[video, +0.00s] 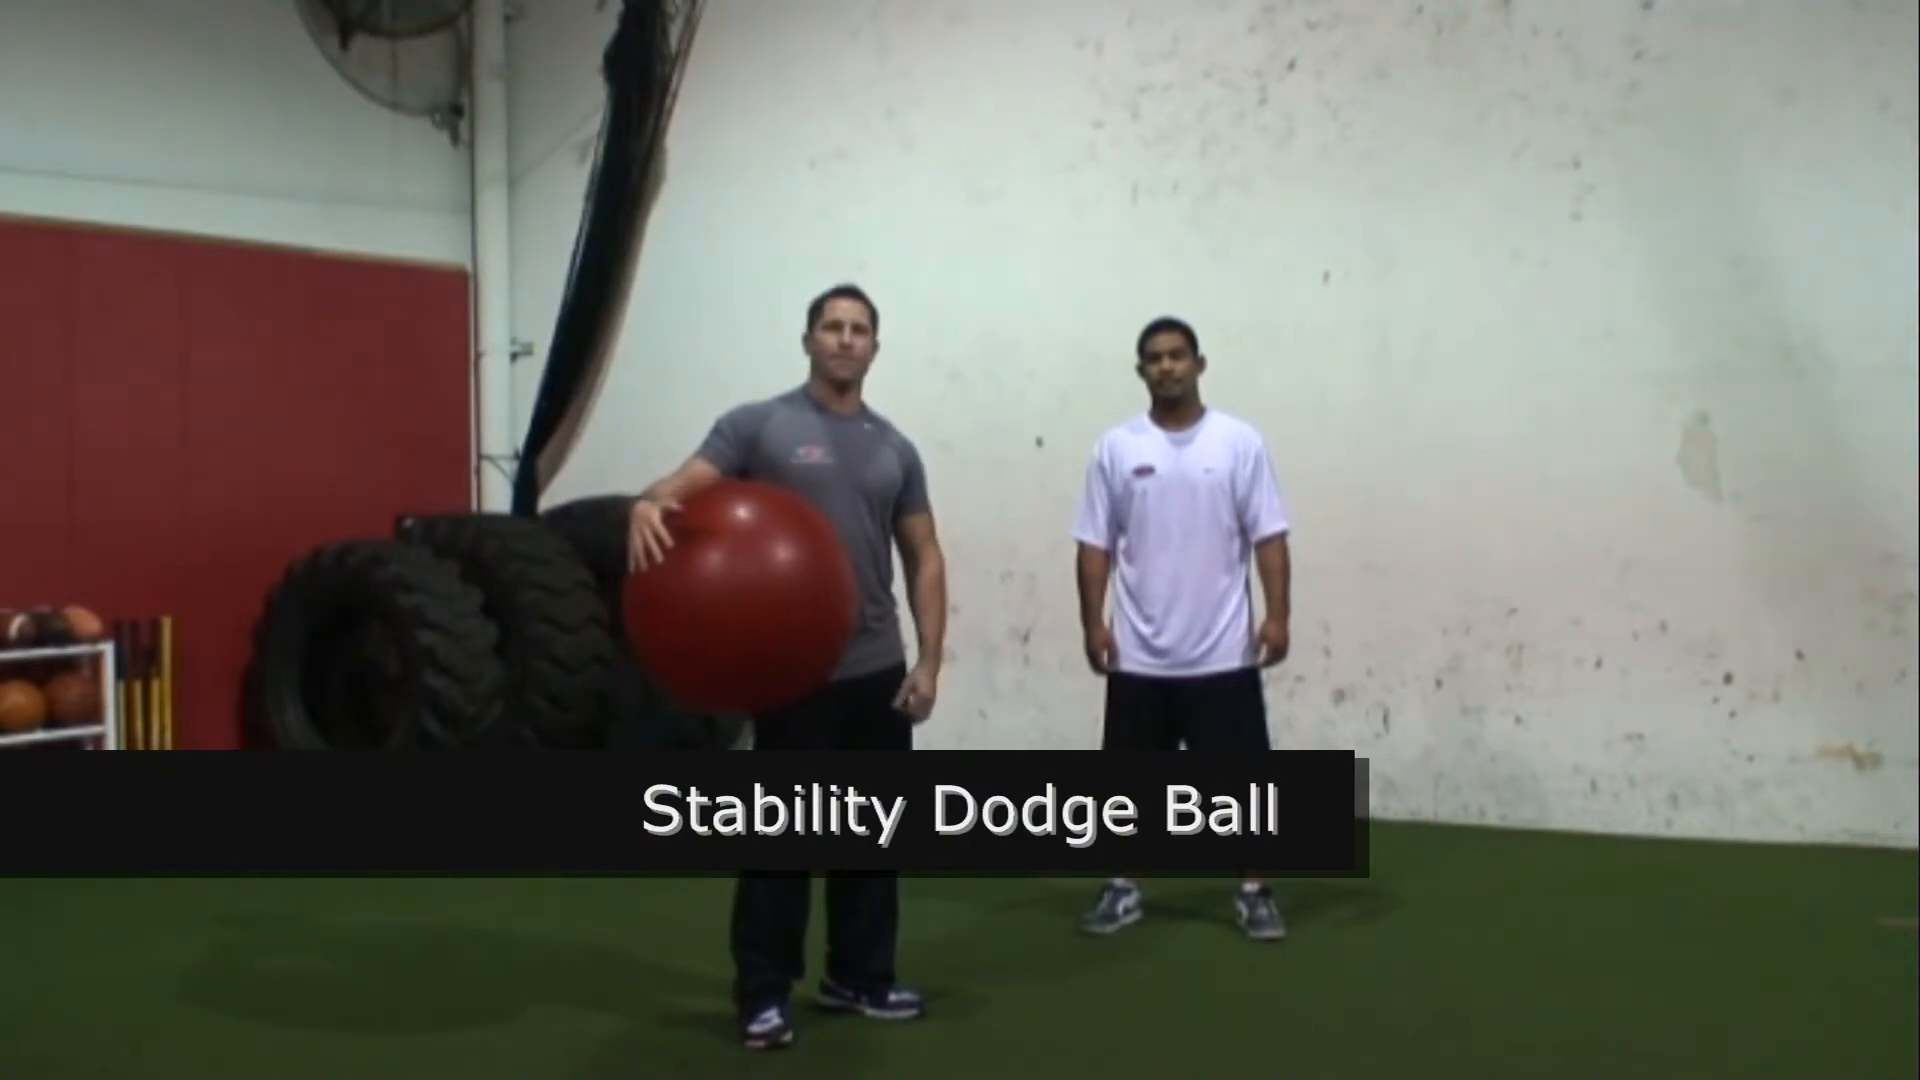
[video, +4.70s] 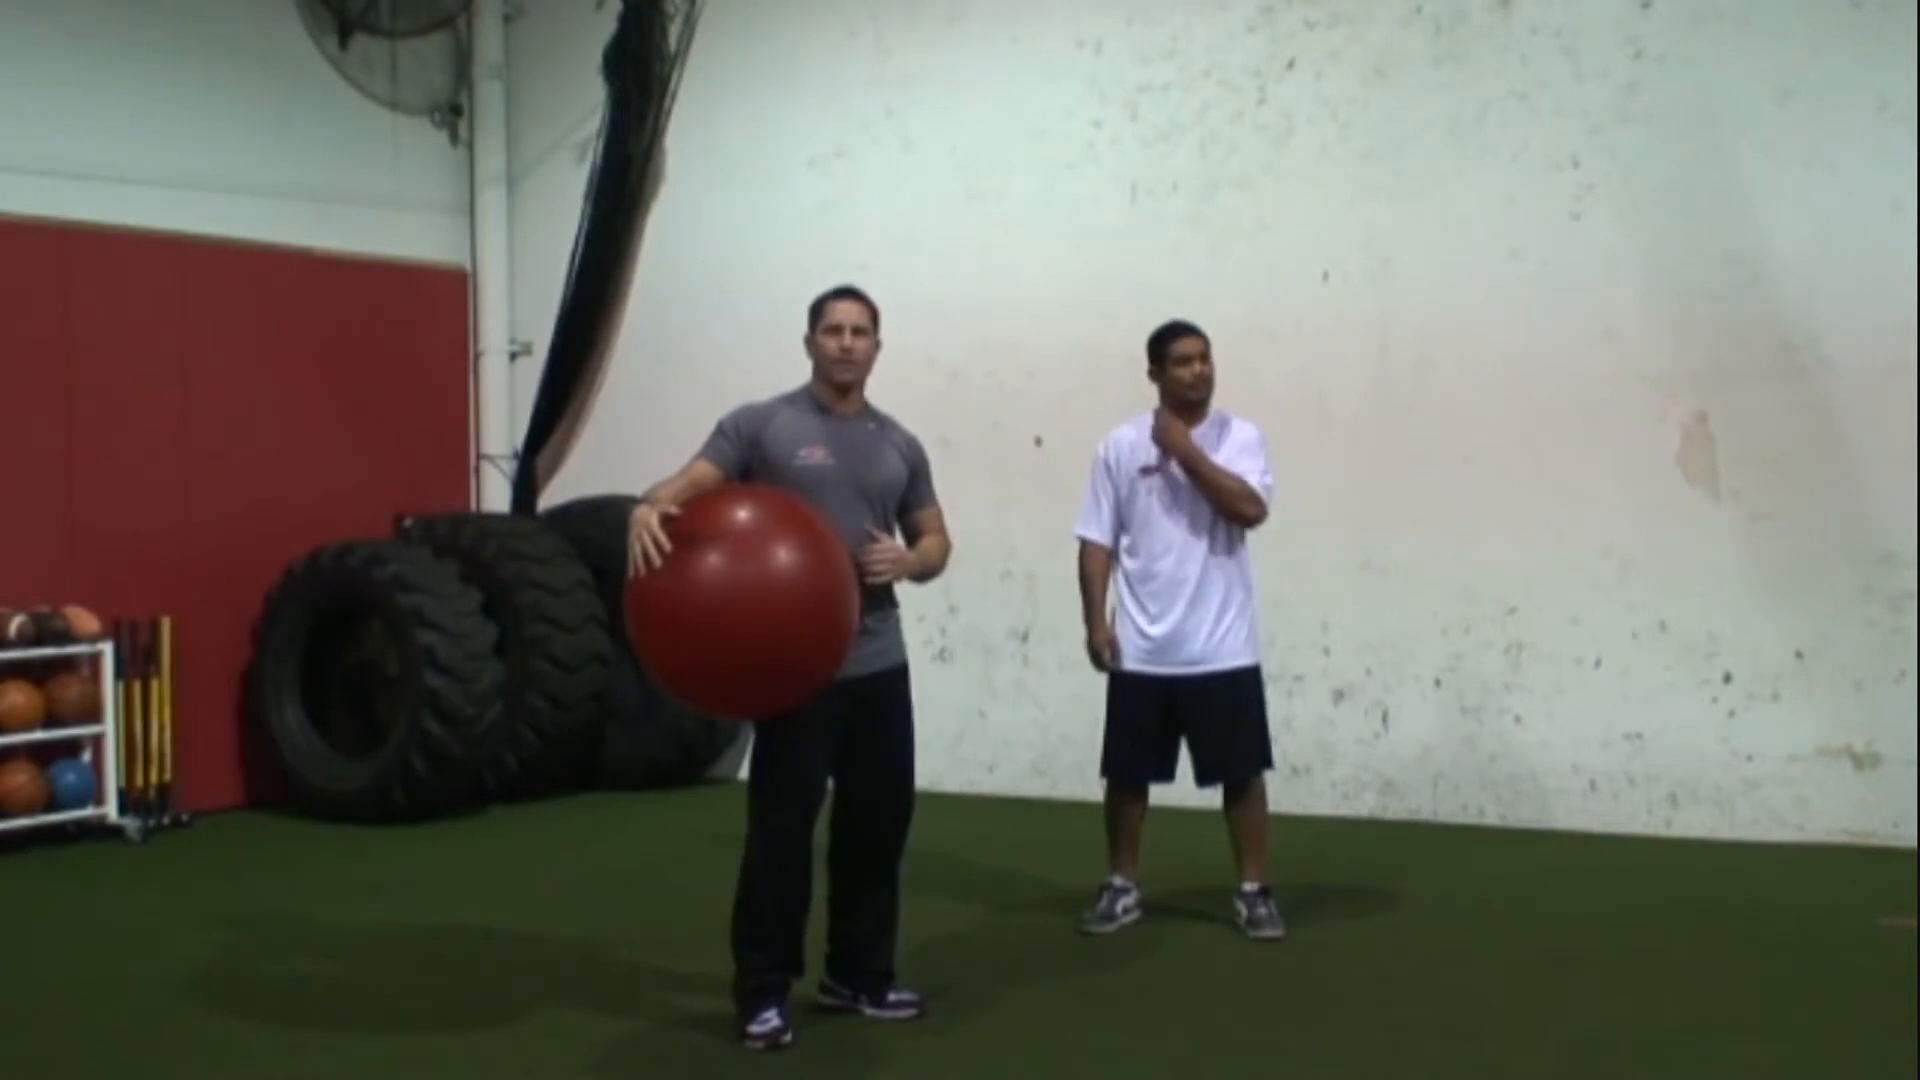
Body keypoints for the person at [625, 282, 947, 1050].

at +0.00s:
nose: (847, 339)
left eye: (859, 329)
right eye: (833, 327)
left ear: (875, 347)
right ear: (808, 341)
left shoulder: (894, 450)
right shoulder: (757, 425)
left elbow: (924, 556)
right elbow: (686, 484)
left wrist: (931, 659)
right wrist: (646, 504)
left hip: (875, 669)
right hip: (788, 671)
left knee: (873, 832)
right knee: (781, 834)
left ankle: (859, 976)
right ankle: (765, 994)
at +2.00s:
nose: (848, 339)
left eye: (861, 329)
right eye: (836, 327)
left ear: (878, 344)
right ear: (811, 338)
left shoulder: (897, 449)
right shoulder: (761, 423)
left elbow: (919, 556)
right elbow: (690, 478)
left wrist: (951, 647)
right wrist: (656, 495)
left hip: (877, 670)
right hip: (790, 672)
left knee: (874, 827)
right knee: (781, 833)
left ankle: (860, 974)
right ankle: (764, 993)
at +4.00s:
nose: (845, 339)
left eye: (857, 329)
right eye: (831, 327)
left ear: (873, 345)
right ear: (805, 340)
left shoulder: (892, 447)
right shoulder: (758, 424)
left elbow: (918, 548)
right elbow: (686, 489)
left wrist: (895, 608)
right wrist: (662, 514)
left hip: (875, 668)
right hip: (792, 667)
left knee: (874, 825)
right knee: (783, 830)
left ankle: (859, 975)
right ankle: (764, 994)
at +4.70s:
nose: (847, 343)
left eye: (860, 332)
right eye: (834, 331)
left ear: (877, 347)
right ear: (810, 343)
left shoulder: (899, 446)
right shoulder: (760, 426)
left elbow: (936, 545)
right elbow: (689, 484)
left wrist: (909, 561)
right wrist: (647, 507)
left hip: (878, 669)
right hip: (791, 671)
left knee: (877, 824)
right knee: (780, 832)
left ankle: (859, 976)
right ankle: (765, 993)